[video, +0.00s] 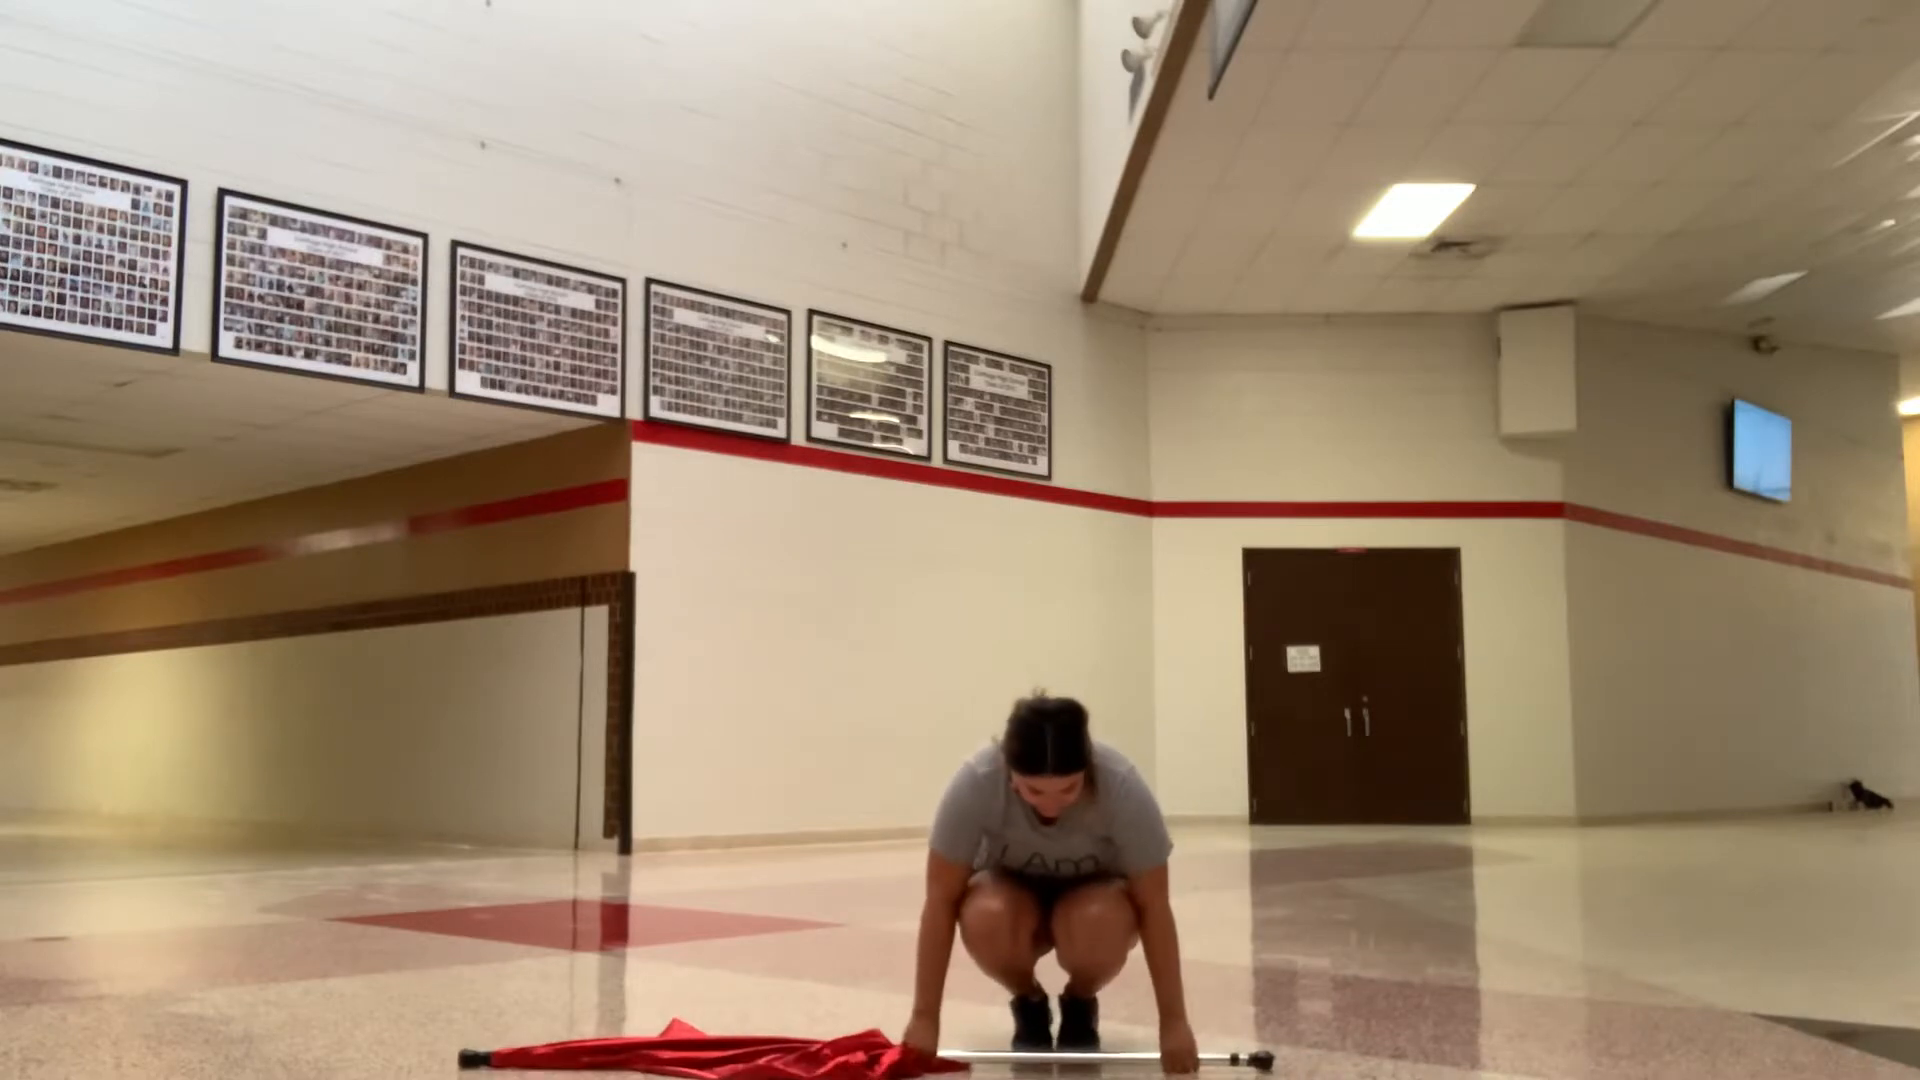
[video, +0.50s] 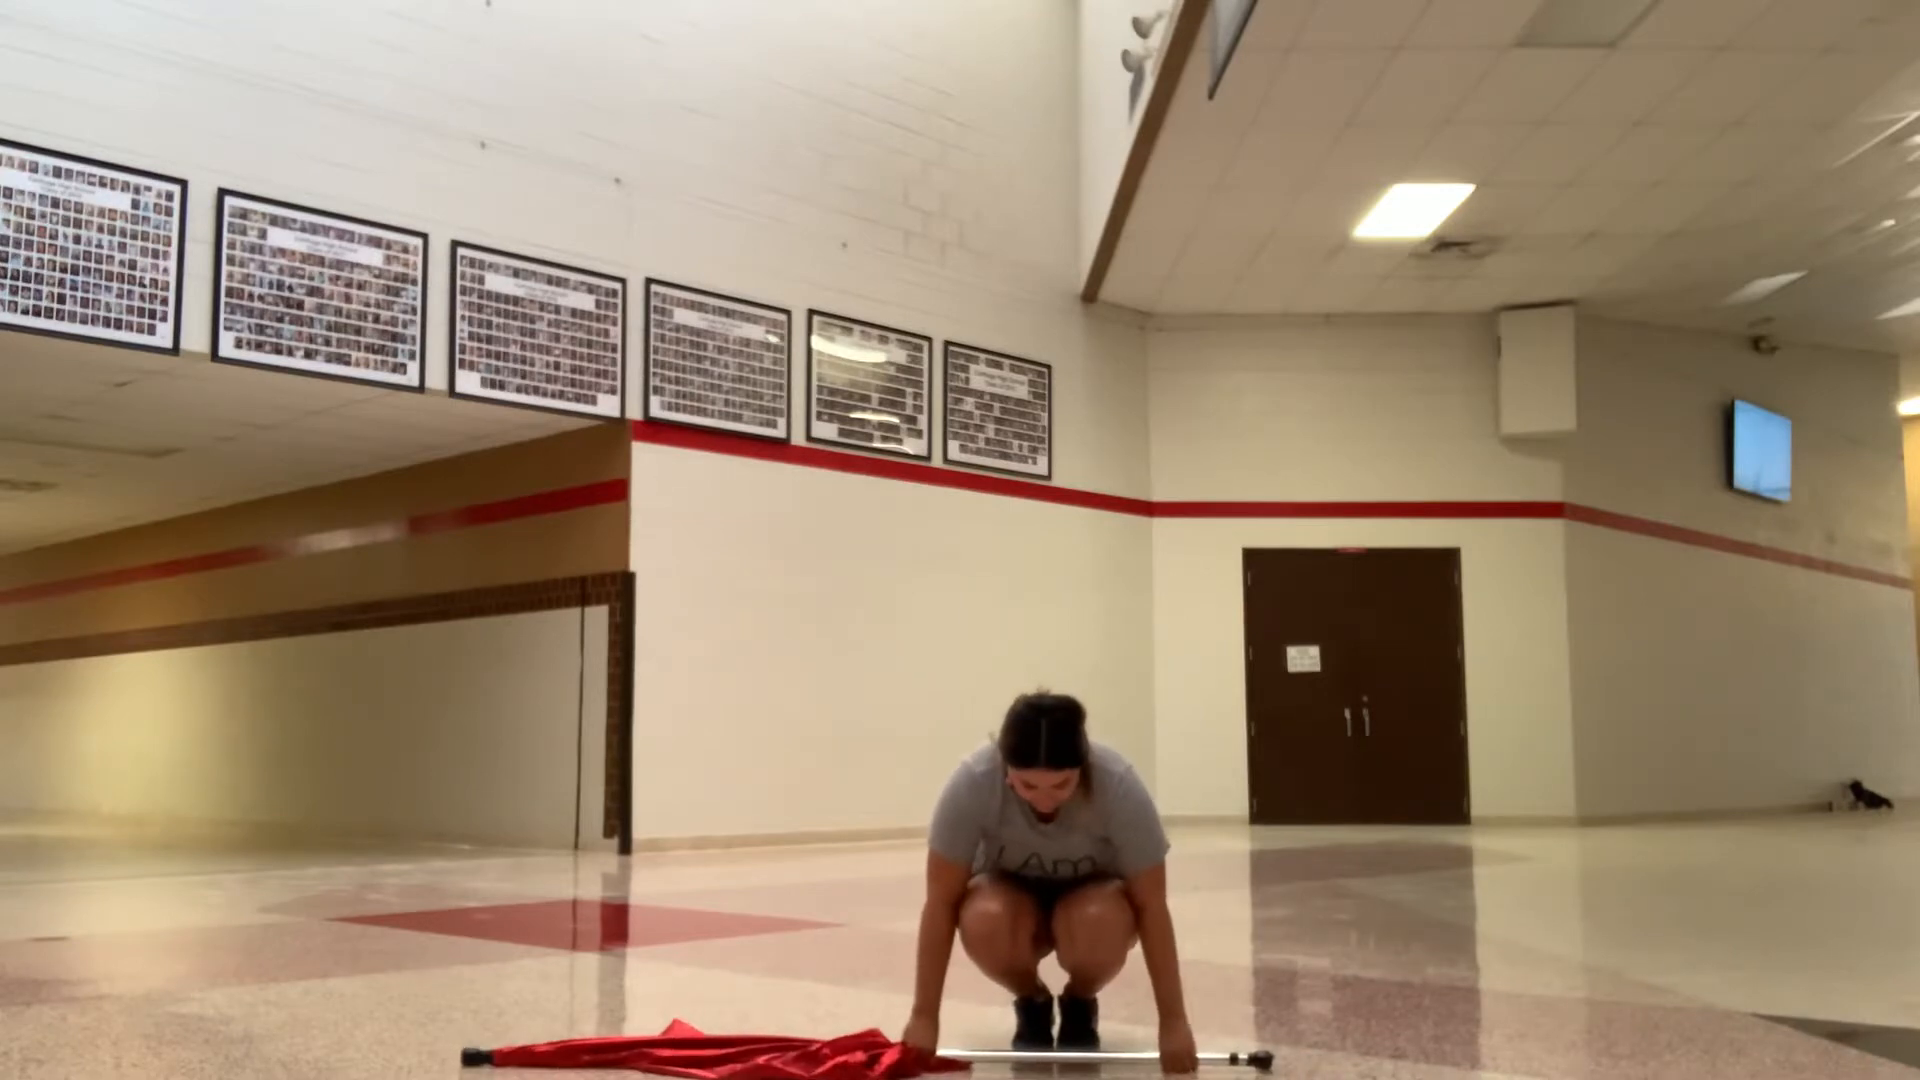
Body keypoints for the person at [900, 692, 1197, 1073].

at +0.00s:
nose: (1051, 806)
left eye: (1067, 790)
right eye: (1034, 791)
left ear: (1085, 772)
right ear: (1012, 774)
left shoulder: (1124, 791)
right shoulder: (975, 787)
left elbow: (1155, 910)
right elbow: (940, 903)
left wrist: (1174, 1024)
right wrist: (924, 1018)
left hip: (1092, 905)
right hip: (1018, 906)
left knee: (1099, 922)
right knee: (986, 915)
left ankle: (1080, 1002)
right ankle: (1028, 1002)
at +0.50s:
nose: (1044, 801)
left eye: (1061, 786)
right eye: (1028, 786)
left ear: (1080, 766)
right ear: (1008, 769)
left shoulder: (1120, 790)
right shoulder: (972, 787)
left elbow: (1152, 909)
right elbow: (941, 905)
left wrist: (1173, 1023)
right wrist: (923, 1017)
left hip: (1090, 908)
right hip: (1017, 909)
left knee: (1099, 921)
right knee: (985, 918)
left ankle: (1080, 1003)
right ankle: (1031, 1001)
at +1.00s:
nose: (1046, 804)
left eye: (1062, 789)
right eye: (1030, 789)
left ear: (1081, 770)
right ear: (1010, 773)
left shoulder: (1121, 788)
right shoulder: (975, 786)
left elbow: (1156, 906)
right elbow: (942, 902)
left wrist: (1173, 1022)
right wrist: (924, 1017)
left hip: (1092, 909)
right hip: (1019, 909)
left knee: (1102, 920)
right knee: (987, 917)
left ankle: (1082, 1004)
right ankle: (1032, 1002)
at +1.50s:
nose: (1044, 806)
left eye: (1060, 791)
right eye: (1029, 792)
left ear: (1080, 773)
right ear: (1007, 774)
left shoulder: (1120, 789)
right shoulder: (973, 787)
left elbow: (1156, 910)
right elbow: (940, 905)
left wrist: (1173, 1024)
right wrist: (923, 1017)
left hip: (1092, 908)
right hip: (1019, 908)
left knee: (1101, 921)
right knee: (987, 917)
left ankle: (1082, 1003)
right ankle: (1032, 1001)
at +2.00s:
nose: (1037, 779)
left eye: (1053, 765)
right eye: (1022, 765)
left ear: (1076, 746)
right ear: (1004, 746)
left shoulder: (1115, 761)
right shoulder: (975, 765)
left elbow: (1153, 887)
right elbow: (945, 891)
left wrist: (1173, 1001)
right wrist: (924, 1002)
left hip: (1094, 847)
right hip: (1018, 848)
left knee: (1093, 890)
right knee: (999, 888)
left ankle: (1079, 1004)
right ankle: (1037, 1002)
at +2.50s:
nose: (1048, 398)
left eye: (1062, 388)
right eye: (1035, 388)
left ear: (1084, 403)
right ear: (1015, 402)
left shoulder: (1118, 463)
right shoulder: (982, 465)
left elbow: (1220, 491)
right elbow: (908, 518)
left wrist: (1202, 580)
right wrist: (935, 592)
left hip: (1099, 662)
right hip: (1005, 662)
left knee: (1137, 821)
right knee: (985, 829)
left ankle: (1169, 982)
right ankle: (957, 986)